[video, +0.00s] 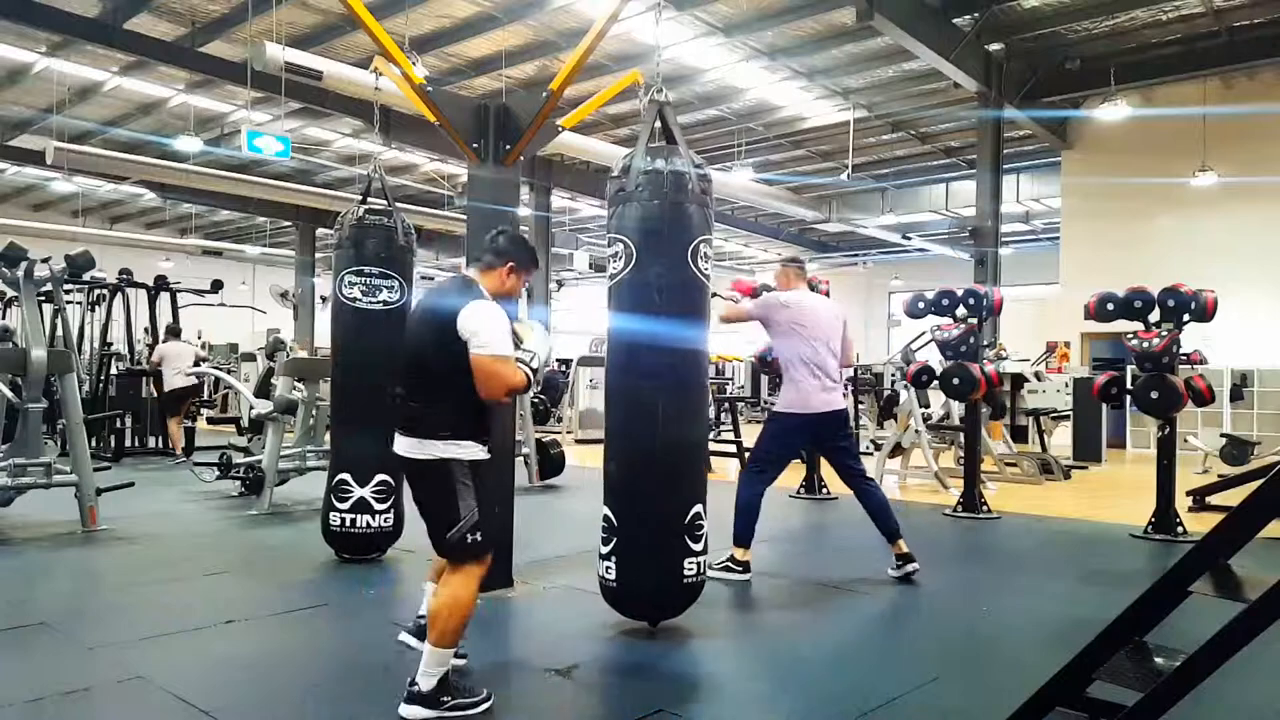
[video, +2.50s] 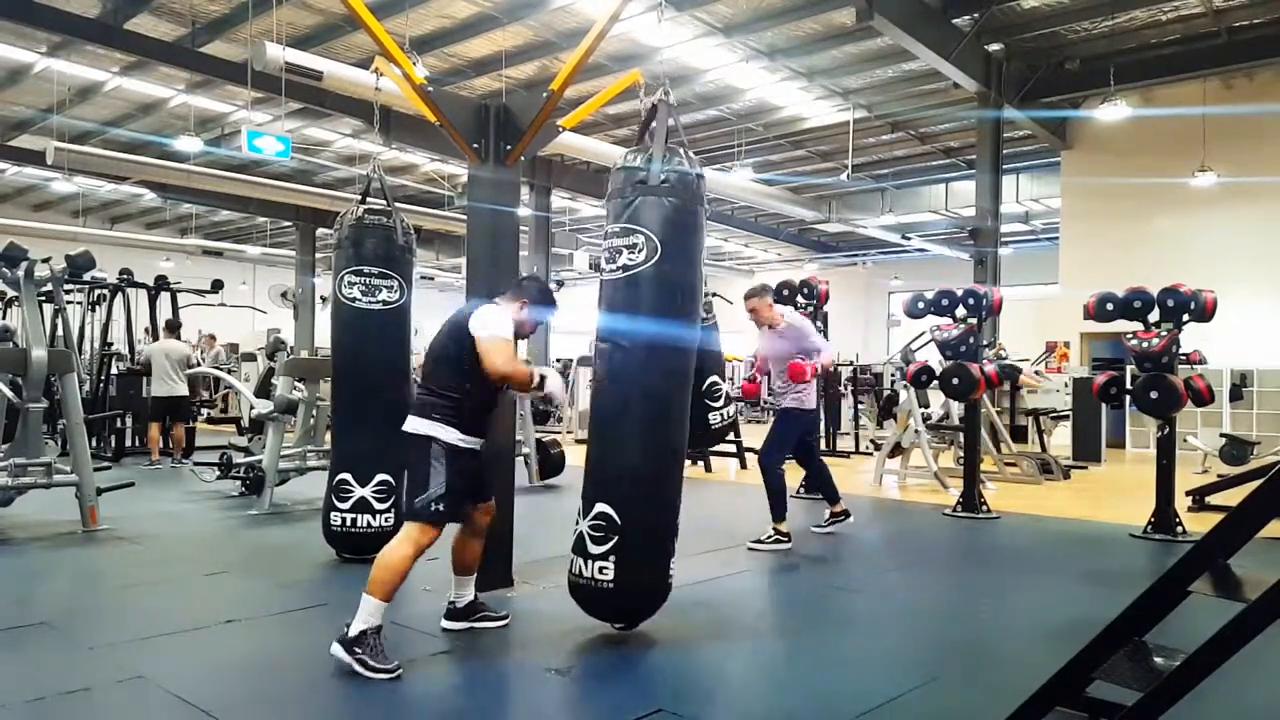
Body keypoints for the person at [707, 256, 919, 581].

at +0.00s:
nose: (775, 284)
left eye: (777, 278)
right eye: (776, 279)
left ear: (788, 276)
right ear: (804, 276)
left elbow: (727, 315)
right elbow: (847, 360)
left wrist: (735, 302)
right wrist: (802, 355)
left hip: (791, 411)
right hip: (832, 411)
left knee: (753, 477)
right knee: (860, 479)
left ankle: (740, 558)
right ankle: (902, 552)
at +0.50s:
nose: (721, 284)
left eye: (723, 277)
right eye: (721, 277)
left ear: (737, 276)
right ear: (744, 275)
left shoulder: (755, 306)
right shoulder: (765, 303)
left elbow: (737, 353)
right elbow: (738, 345)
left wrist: (710, 337)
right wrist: (722, 335)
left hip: (764, 402)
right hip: (782, 401)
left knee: (735, 475)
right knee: (771, 469)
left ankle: (736, 553)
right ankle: (830, 520)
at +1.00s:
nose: (787, 278)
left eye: (790, 272)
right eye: (786, 273)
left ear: (809, 271)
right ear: (805, 273)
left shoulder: (826, 298)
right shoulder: (808, 303)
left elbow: (825, 341)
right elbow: (811, 344)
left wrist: (791, 327)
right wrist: (786, 331)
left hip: (834, 391)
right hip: (818, 389)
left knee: (819, 454)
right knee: (800, 449)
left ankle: (865, 514)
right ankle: (821, 517)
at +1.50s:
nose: (808, 297)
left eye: (810, 290)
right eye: (805, 293)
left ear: (828, 286)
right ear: (820, 291)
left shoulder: (847, 313)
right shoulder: (824, 317)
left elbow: (842, 352)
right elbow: (819, 353)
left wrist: (809, 337)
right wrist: (797, 333)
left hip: (850, 403)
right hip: (831, 402)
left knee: (859, 465)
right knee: (828, 458)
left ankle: (891, 533)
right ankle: (839, 512)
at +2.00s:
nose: (777, 318)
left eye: (777, 311)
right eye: (773, 312)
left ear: (793, 301)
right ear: (790, 304)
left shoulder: (813, 321)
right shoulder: (802, 325)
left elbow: (814, 360)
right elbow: (805, 364)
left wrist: (787, 349)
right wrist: (787, 367)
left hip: (816, 406)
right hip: (819, 405)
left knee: (797, 463)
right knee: (825, 462)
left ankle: (783, 529)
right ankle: (843, 517)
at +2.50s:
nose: (751, 318)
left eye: (754, 312)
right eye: (749, 313)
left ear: (770, 306)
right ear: (759, 310)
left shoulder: (798, 325)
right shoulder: (765, 330)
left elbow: (828, 353)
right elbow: (765, 362)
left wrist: (813, 367)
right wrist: (758, 371)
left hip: (800, 405)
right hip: (790, 404)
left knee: (769, 459)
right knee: (808, 459)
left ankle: (780, 529)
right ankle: (838, 508)